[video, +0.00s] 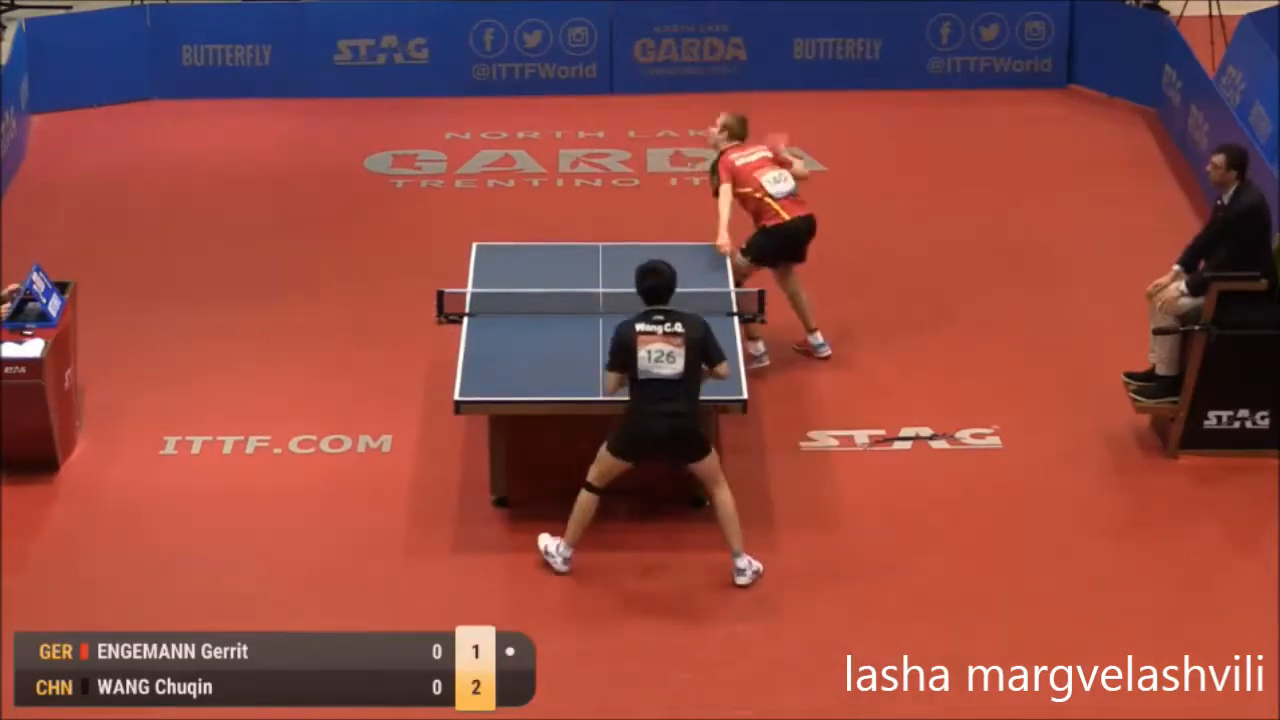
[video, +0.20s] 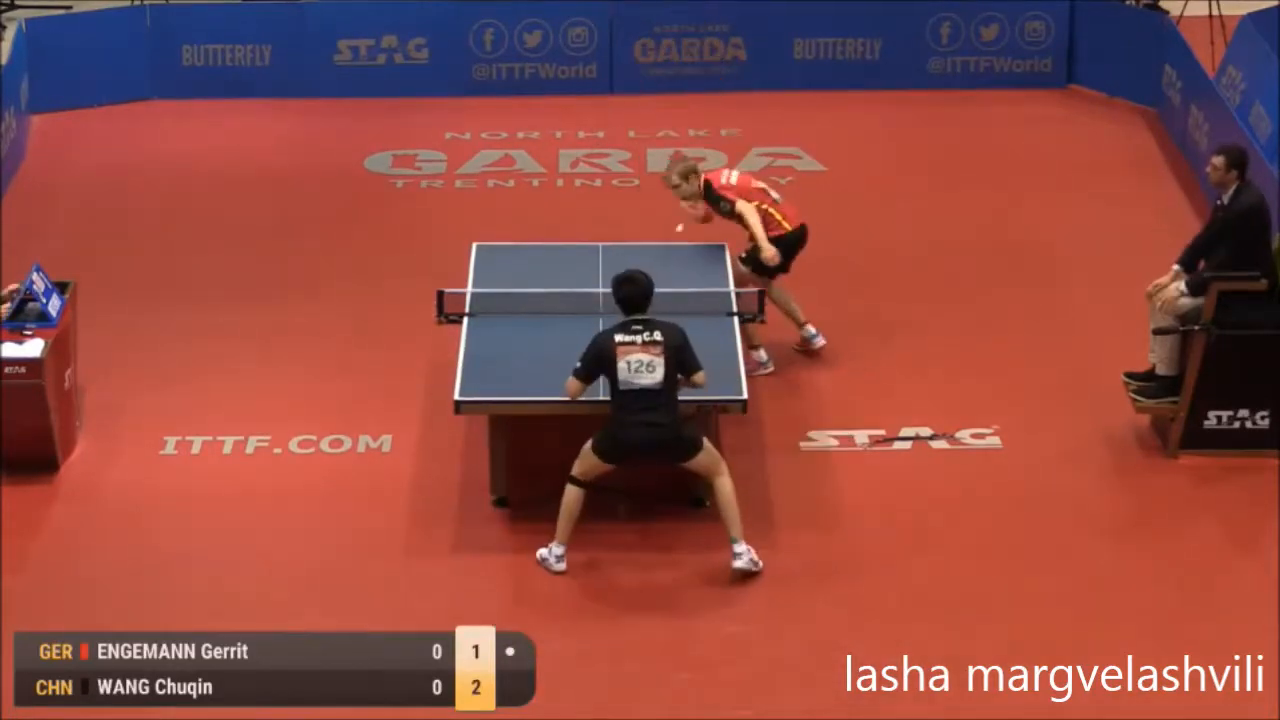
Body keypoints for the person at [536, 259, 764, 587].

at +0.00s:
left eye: (644, 286)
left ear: (639, 291)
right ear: (672, 290)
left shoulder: (627, 329)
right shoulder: (695, 325)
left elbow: (612, 385)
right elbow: (722, 372)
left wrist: (636, 367)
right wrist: (696, 368)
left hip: (639, 427)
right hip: (685, 428)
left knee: (594, 482)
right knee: (717, 486)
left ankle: (563, 551)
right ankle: (741, 561)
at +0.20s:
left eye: (621, 295)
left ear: (617, 301)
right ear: (650, 299)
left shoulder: (605, 340)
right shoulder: (672, 333)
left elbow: (573, 390)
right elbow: (699, 380)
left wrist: (587, 370)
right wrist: (678, 375)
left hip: (622, 433)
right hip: (668, 433)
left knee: (578, 477)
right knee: (718, 472)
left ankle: (557, 551)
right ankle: (740, 550)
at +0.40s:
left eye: (623, 299)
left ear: (621, 308)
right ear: (652, 301)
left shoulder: (617, 346)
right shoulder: (680, 334)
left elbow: (590, 401)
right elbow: (711, 376)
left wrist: (555, 402)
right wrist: (687, 387)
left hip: (634, 437)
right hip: (682, 435)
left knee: (585, 476)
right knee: (731, 484)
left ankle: (559, 551)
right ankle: (766, 556)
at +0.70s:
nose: (595, 313)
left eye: (591, 311)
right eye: (603, 306)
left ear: (592, 319)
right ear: (622, 308)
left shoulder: (594, 355)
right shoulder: (657, 330)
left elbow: (564, 390)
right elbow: (702, 351)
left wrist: (529, 370)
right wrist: (728, 366)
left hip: (624, 435)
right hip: (671, 434)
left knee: (578, 455)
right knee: (725, 490)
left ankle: (543, 513)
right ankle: (766, 557)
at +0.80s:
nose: (571, 317)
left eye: (568, 313)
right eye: (578, 311)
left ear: (567, 319)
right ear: (597, 311)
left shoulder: (566, 347)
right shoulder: (623, 334)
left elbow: (549, 373)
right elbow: (651, 361)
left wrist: (531, 348)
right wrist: (693, 386)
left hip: (589, 434)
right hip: (632, 433)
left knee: (563, 451)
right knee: (690, 492)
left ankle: (537, 512)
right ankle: (750, 548)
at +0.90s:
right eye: (583, 302)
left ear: (560, 314)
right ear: (591, 309)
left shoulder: (555, 341)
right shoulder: (607, 337)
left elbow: (543, 343)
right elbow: (622, 368)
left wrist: (542, 342)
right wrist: (660, 405)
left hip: (571, 434)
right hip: (611, 435)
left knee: (559, 453)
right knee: (672, 493)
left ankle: (536, 511)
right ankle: (731, 548)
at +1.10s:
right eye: (598, 279)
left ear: (569, 288)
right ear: (600, 284)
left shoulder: (559, 316)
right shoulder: (610, 315)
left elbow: (541, 348)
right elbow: (604, 353)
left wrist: (563, 331)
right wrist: (615, 402)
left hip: (562, 413)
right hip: (600, 413)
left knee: (543, 465)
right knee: (659, 474)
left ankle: (528, 510)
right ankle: (690, 554)